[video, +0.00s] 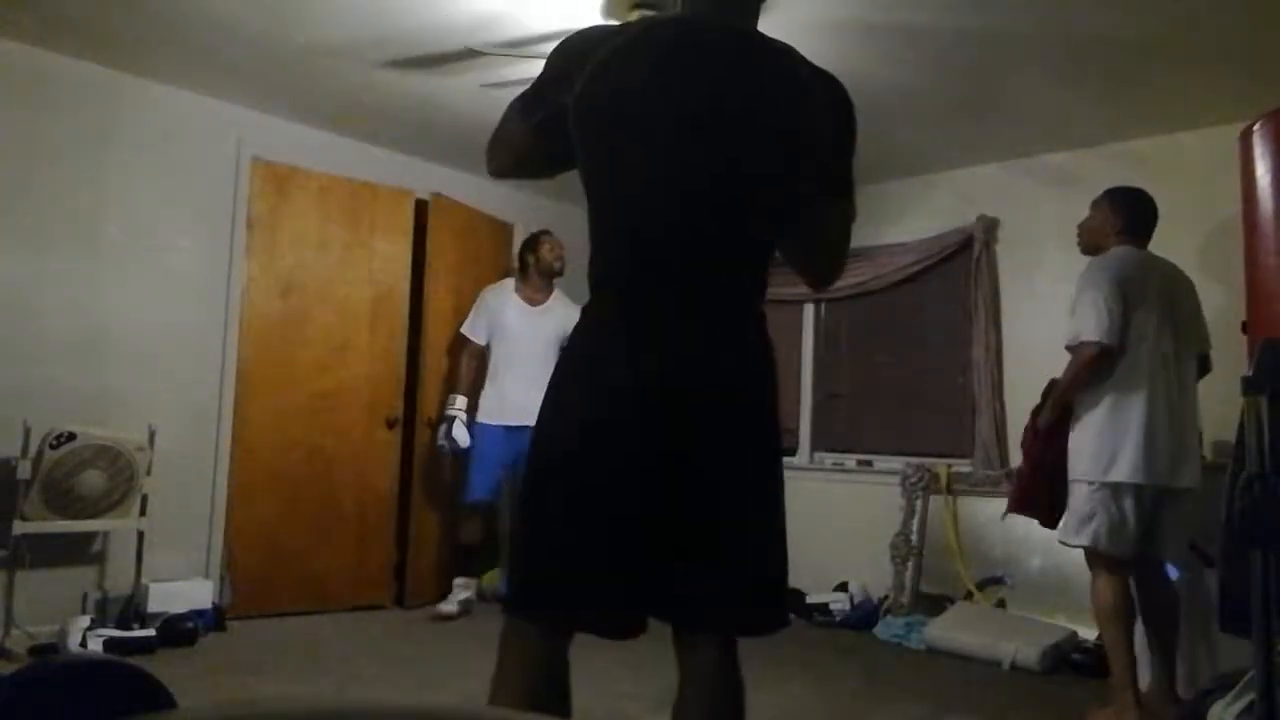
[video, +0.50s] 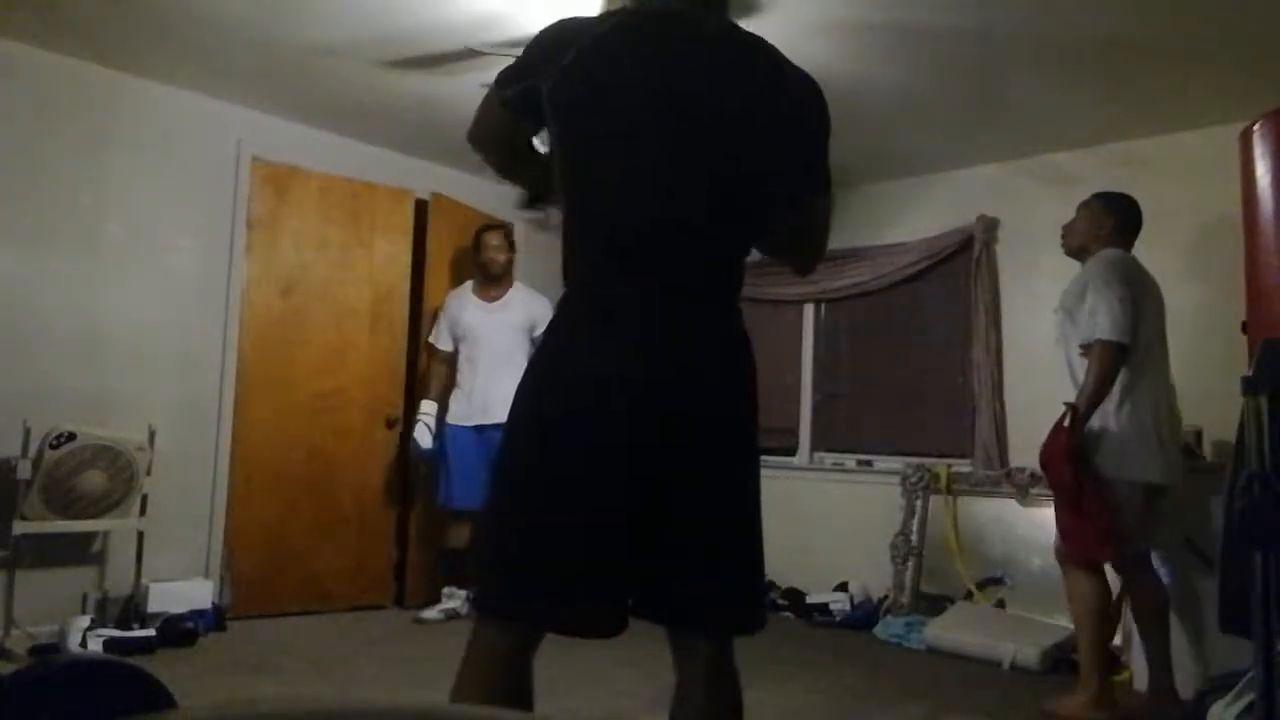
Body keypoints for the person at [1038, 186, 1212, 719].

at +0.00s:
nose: (1081, 225)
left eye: (1090, 215)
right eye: (1086, 214)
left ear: (1114, 222)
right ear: (1140, 227)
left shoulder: (1104, 271)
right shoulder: (1178, 279)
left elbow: (1096, 348)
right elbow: (1201, 360)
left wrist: (1057, 397)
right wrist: (1149, 392)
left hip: (1112, 453)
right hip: (1170, 454)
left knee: (1106, 565)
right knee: (1150, 566)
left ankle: (1123, 697)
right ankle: (1167, 690)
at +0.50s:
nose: (1066, 227)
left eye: (1077, 218)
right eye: (1071, 218)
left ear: (1106, 225)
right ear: (1116, 230)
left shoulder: (1106, 270)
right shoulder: (1133, 274)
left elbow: (1110, 349)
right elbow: (1129, 359)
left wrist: (1074, 423)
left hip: (1112, 450)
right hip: (1144, 451)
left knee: (1075, 556)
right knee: (1135, 561)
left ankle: (1090, 692)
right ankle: (1160, 688)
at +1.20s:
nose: (975, 226)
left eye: (986, 219)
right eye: (978, 218)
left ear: (1019, 230)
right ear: (1011, 231)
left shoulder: (1032, 270)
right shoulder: (998, 280)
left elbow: (1057, 346)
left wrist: (994, 401)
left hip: (1036, 449)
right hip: (998, 447)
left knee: (1041, 557)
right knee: (975, 545)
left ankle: (1086, 688)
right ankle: (980, 658)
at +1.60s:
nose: (931, 221)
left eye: (941, 213)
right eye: (930, 214)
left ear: (973, 219)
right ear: (936, 227)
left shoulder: (996, 261)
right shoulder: (935, 284)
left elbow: (1048, 322)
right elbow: (950, 348)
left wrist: (994, 361)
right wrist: (921, 361)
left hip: (989, 425)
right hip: (942, 428)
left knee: (973, 538)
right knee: (940, 535)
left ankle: (1008, 664)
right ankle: (968, 653)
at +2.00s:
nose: (908, 215)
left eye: (920, 208)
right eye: (907, 208)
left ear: (946, 221)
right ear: (908, 223)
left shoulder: (969, 267)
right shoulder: (902, 282)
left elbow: (1010, 336)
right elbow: (911, 351)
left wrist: (950, 358)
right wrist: (885, 359)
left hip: (961, 432)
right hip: (910, 432)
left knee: (955, 538)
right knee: (896, 525)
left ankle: (994, 667)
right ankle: (930, 638)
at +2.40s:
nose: (861, 240)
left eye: (869, 231)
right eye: (861, 232)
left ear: (899, 237)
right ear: (873, 241)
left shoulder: (925, 282)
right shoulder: (865, 293)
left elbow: (972, 343)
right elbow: (858, 351)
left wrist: (916, 366)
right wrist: (843, 352)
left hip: (915, 432)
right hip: (875, 434)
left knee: (897, 534)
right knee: (886, 532)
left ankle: (931, 658)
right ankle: (916, 641)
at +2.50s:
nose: (851, 242)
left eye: (861, 232)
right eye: (852, 234)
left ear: (892, 238)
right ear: (867, 243)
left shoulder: (915, 280)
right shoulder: (861, 295)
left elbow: (960, 338)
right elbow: (849, 352)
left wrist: (901, 360)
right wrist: (833, 361)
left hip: (905, 441)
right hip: (870, 442)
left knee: (895, 544)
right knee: (884, 542)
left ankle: (906, 672)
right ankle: (917, 650)